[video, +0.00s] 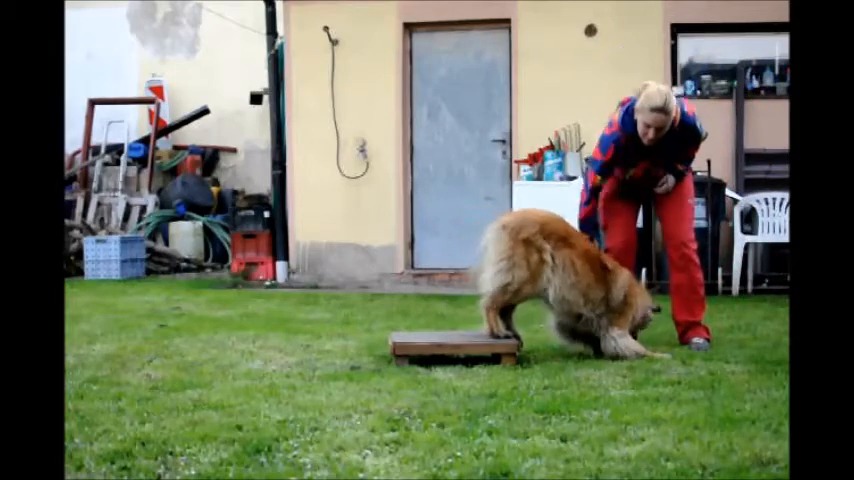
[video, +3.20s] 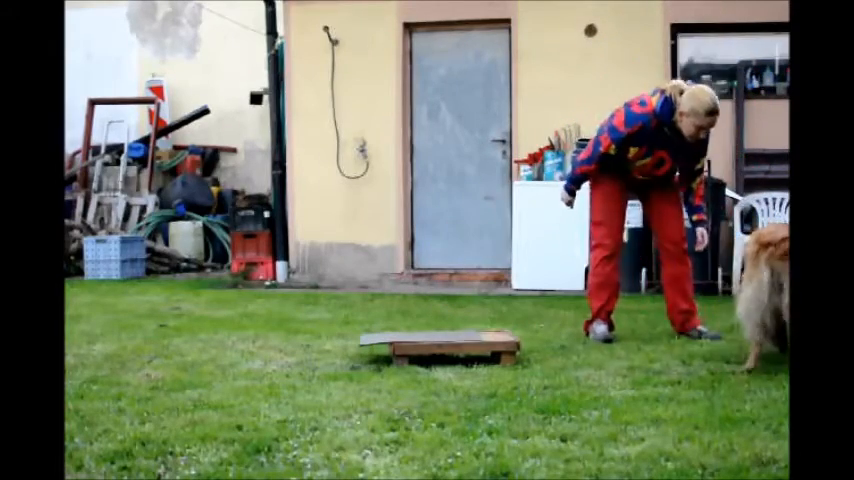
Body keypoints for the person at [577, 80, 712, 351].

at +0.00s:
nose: (650, 135)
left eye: (658, 129)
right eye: (645, 126)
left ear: (673, 118)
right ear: (636, 115)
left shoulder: (689, 126)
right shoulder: (618, 128)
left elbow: (688, 153)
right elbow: (593, 181)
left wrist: (675, 174)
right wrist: (589, 240)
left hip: (669, 177)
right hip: (623, 177)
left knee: (682, 245)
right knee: (618, 246)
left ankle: (693, 330)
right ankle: (619, 328)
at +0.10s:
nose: (649, 112)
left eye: (657, 106)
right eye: (644, 104)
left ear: (671, 98)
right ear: (634, 94)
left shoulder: (684, 110)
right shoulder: (613, 111)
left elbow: (692, 139)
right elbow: (583, 160)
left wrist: (674, 167)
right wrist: (588, 210)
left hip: (667, 170)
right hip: (618, 171)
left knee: (682, 244)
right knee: (618, 246)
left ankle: (693, 329)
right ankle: (619, 329)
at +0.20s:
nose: (645, 79)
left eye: (653, 73)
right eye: (640, 71)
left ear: (665, 68)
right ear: (630, 63)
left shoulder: (679, 89)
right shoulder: (606, 84)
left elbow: (692, 124)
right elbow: (578, 120)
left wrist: (674, 153)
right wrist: (585, 162)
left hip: (665, 166)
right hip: (615, 167)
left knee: (679, 244)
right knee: (615, 245)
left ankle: (692, 329)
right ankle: (614, 330)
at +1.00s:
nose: (670, 33)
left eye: (677, 29)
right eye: (666, 24)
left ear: (684, 29)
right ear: (652, 16)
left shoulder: (689, 58)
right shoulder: (620, 50)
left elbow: (702, 103)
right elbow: (594, 92)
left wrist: (690, 126)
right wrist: (581, 131)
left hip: (676, 157)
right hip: (626, 156)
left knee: (684, 244)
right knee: (625, 242)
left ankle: (692, 325)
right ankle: (621, 325)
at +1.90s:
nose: (691, 39)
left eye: (699, 35)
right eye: (688, 30)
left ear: (705, 35)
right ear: (674, 17)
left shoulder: (704, 64)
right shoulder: (637, 49)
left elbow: (710, 112)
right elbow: (602, 89)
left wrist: (718, 142)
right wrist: (570, 127)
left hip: (684, 157)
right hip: (634, 154)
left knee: (686, 244)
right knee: (626, 239)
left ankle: (692, 325)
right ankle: (620, 321)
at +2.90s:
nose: (702, 82)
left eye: (705, 76)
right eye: (698, 74)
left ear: (706, 72)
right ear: (676, 66)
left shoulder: (700, 100)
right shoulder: (639, 86)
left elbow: (702, 147)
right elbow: (603, 126)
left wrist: (713, 191)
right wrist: (572, 171)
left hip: (669, 168)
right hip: (622, 165)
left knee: (686, 243)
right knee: (617, 242)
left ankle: (692, 325)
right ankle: (602, 321)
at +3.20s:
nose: (703, 134)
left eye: (707, 129)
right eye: (700, 128)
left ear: (710, 121)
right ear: (682, 116)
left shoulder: (697, 138)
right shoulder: (646, 111)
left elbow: (693, 178)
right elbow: (602, 141)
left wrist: (699, 221)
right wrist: (572, 184)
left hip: (658, 177)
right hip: (613, 171)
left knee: (675, 244)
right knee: (606, 243)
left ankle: (687, 323)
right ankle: (600, 321)